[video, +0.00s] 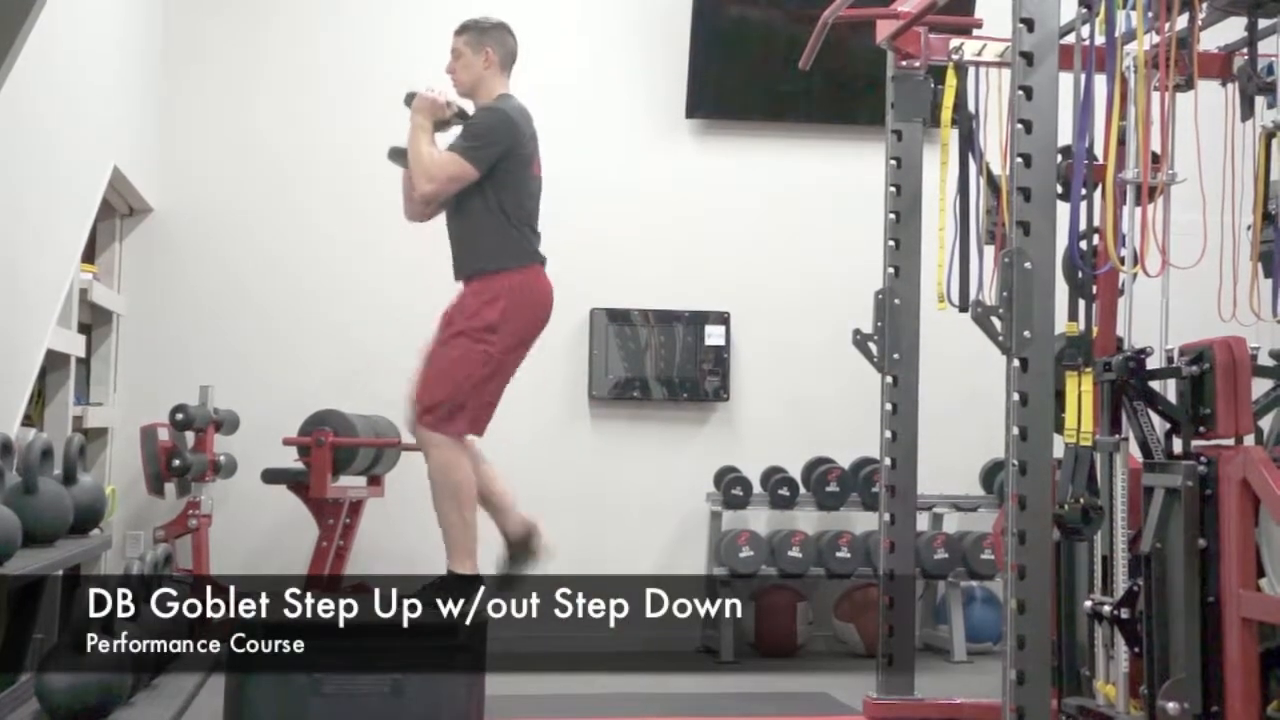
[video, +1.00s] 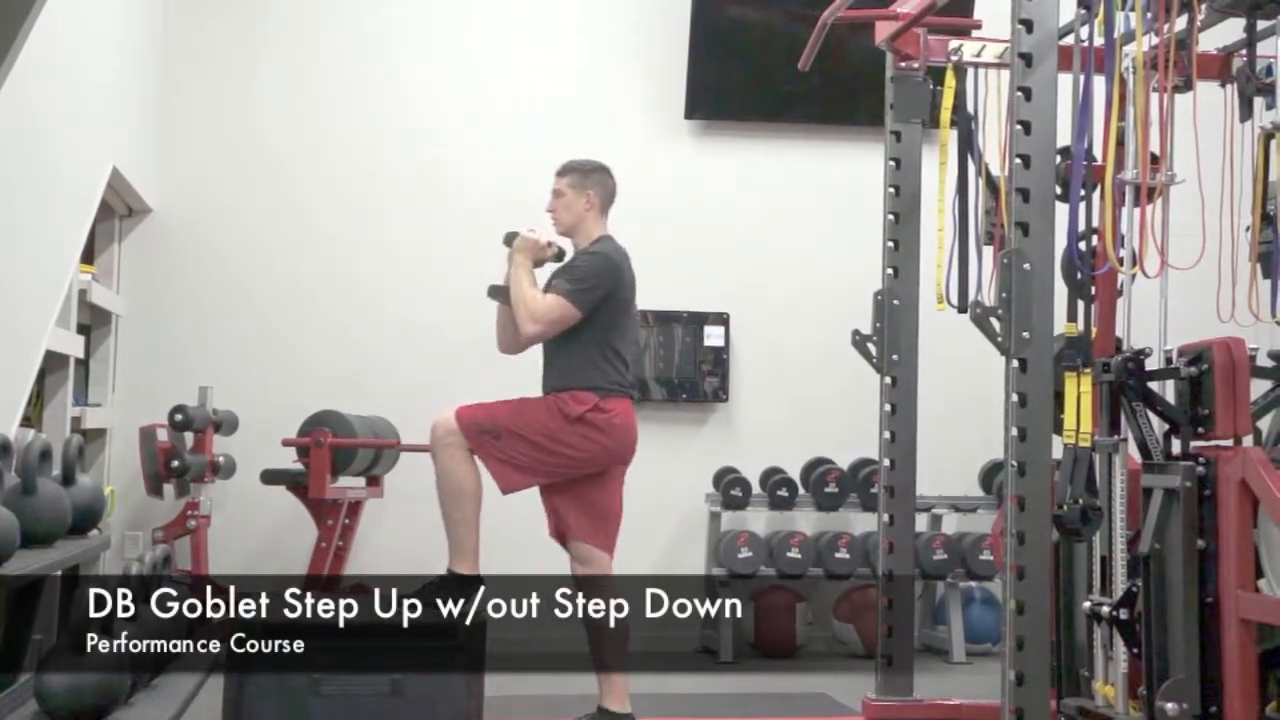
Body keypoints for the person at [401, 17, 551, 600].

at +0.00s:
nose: (448, 67)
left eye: (457, 56)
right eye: (450, 56)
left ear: (489, 58)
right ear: (490, 59)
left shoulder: (503, 118)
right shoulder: (490, 124)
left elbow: (429, 186)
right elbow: (417, 207)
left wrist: (422, 120)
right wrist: (420, 135)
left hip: (505, 290)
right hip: (495, 289)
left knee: (439, 425)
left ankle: (462, 580)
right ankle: (518, 533)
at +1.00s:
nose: (549, 205)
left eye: (558, 195)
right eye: (551, 195)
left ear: (590, 200)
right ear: (586, 201)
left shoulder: (604, 260)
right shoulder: (581, 265)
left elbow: (533, 323)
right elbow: (511, 340)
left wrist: (521, 261)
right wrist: (514, 274)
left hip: (590, 414)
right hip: (596, 419)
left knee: (450, 431)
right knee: (591, 562)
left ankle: (463, 577)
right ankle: (616, 706)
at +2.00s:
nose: (468, 150)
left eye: (477, 140)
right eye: (470, 140)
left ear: (509, 144)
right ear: (508, 144)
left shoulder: (522, 203)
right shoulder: (505, 209)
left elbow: (455, 263)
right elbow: (433, 286)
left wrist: (443, 202)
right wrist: (439, 219)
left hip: (537, 358)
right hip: (559, 363)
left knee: (420, 438)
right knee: (529, 517)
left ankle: (461, 580)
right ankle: (569, 648)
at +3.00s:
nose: (472, 109)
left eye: (480, 97)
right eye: (474, 98)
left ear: (512, 98)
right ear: (511, 101)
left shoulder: (526, 159)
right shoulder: (510, 167)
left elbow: (461, 222)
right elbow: (442, 249)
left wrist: (446, 160)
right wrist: (443, 187)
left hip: (523, 322)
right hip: (541, 323)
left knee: (428, 437)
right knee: (507, 475)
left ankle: (459, 579)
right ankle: (555, 619)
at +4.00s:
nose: (558, 208)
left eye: (569, 198)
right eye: (561, 198)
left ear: (602, 204)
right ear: (595, 207)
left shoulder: (612, 258)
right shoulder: (581, 268)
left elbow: (550, 322)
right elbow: (520, 344)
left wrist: (536, 262)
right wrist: (527, 277)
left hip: (602, 411)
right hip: (602, 418)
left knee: (466, 427)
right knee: (581, 560)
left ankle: (462, 578)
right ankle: (616, 705)